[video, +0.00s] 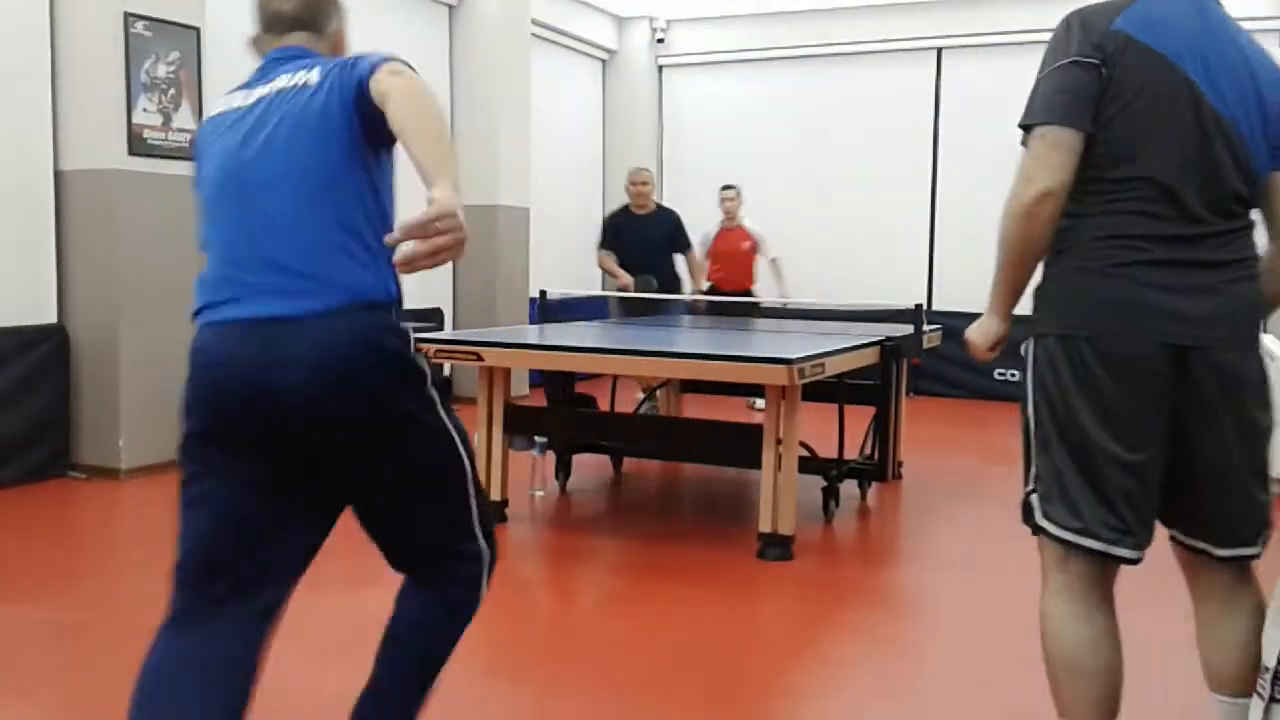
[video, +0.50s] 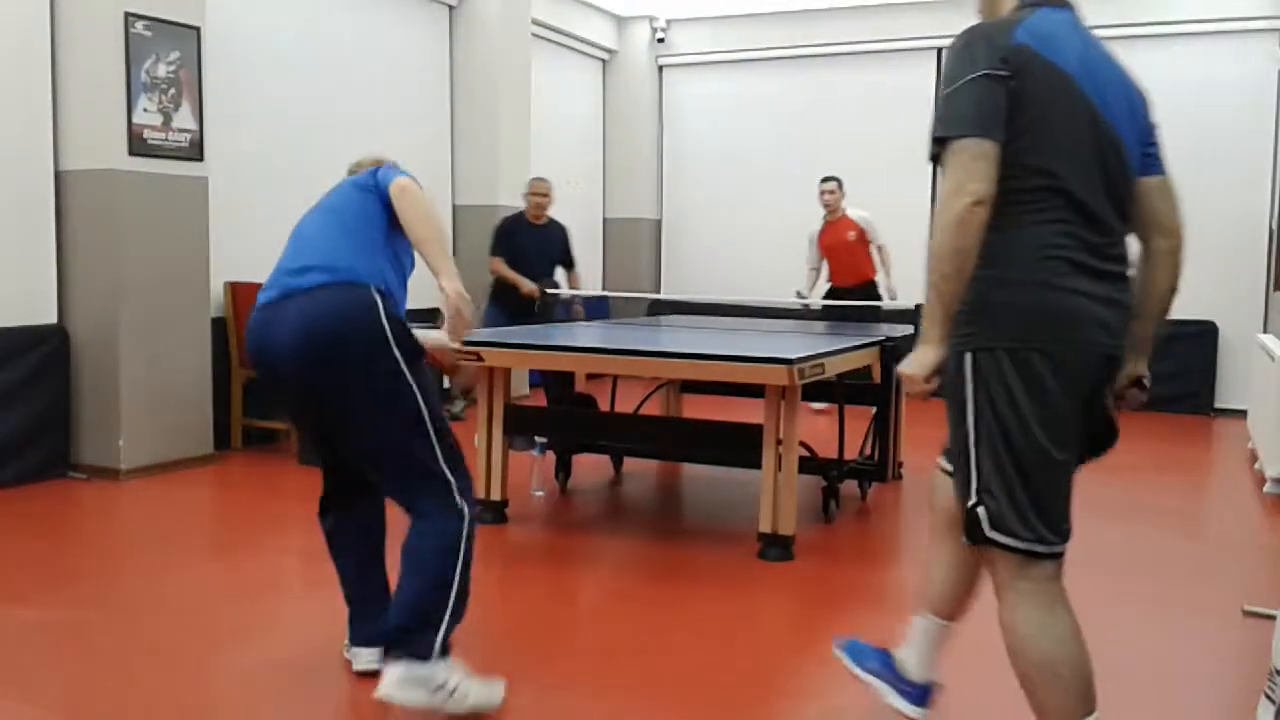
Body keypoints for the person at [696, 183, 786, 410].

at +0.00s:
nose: (727, 205)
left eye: (731, 200)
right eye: (723, 201)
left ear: (740, 202)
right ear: (719, 204)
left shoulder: (752, 235)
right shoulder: (711, 235)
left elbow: (773, 262)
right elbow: (699, 264)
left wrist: (782, 291)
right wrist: (698, 289)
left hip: (744, 294)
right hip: (716, 293)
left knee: (751, 342)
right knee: (710, 340)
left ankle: (756, 393)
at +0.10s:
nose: (755, 195)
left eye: (759, 190)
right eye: (751, 191)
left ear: (768, 192)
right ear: (747, 193)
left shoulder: (783, 221)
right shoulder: (739, 224)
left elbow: (802, 249)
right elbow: (730, 256)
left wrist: (813, 283)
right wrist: (726, 283)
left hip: (776, 285)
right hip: (749, 286)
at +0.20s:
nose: (776, 200)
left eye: (780, 195)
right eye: (772, 196)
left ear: (789, 197)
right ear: (768, 198)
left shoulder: (802, 226)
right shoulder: (760, 231)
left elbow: (821, 253)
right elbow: (751, 262)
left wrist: (836, 286)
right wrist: (746, 289)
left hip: (798, 289)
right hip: (772, 290)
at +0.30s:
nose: (795, 209)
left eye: (800, 204)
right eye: (791, 204)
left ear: (809, 206)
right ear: (787, 207)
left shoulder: (824, 234)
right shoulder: (780, 238)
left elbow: (842, 263)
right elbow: (772, 273)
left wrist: (859, 296)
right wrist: (765, 299)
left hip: (821, 299)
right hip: (793, 300)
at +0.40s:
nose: (812, 207)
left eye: (817, 202)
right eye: (808, 202)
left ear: (827, 204)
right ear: (805, 206)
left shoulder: (845, 230)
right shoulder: (801, 240)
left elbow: (862, 260)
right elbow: (795, 273)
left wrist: (877, 294)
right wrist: (789, 299)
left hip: (847, 299)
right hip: (818, 300)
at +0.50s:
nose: (827, 198)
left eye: (832, 192)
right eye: (823, 193)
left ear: (842, 195)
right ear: (819, 198)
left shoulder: (859, 220)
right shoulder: (818, 234)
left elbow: (881, 247)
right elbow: (814, 267)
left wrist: (889, 282)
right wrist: (807, 291)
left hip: (865, 290)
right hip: (837, 292)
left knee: (872, 344)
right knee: (828, 340)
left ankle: (881, 396)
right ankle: (825, 393)